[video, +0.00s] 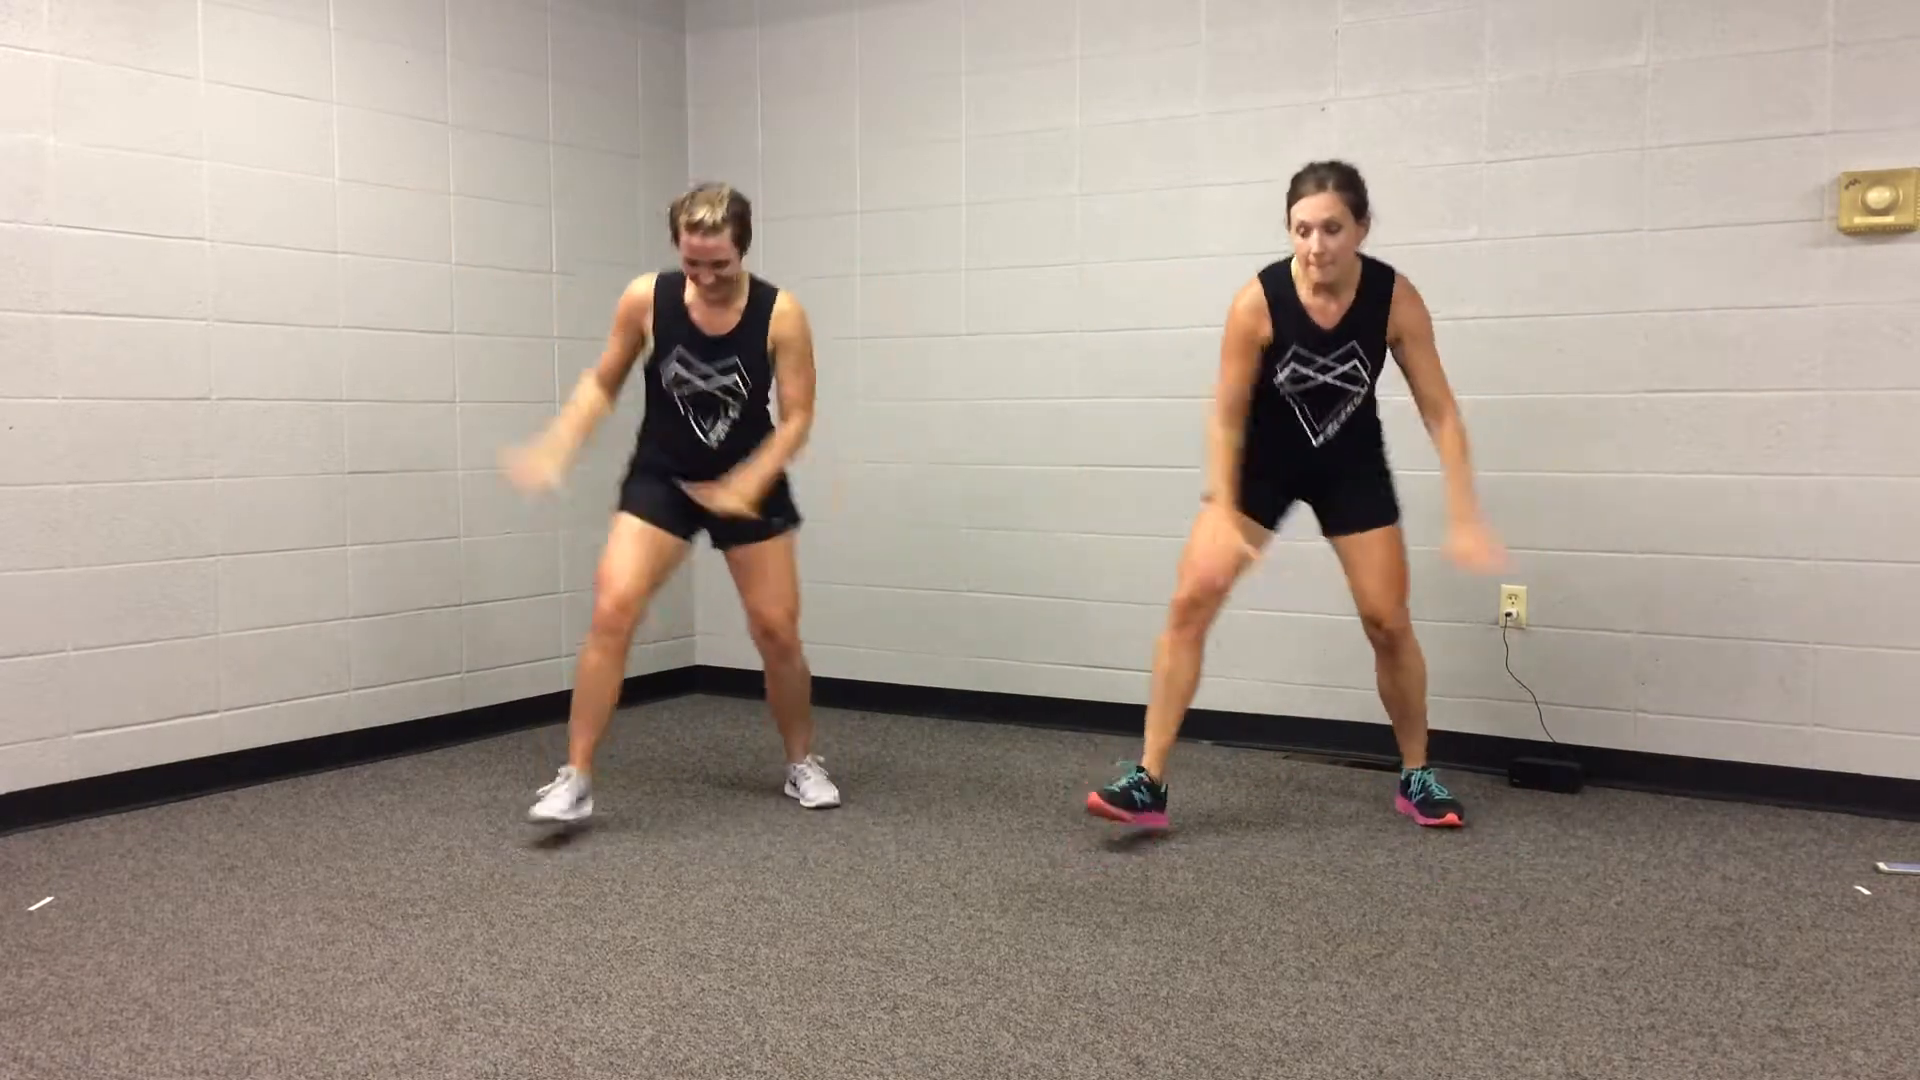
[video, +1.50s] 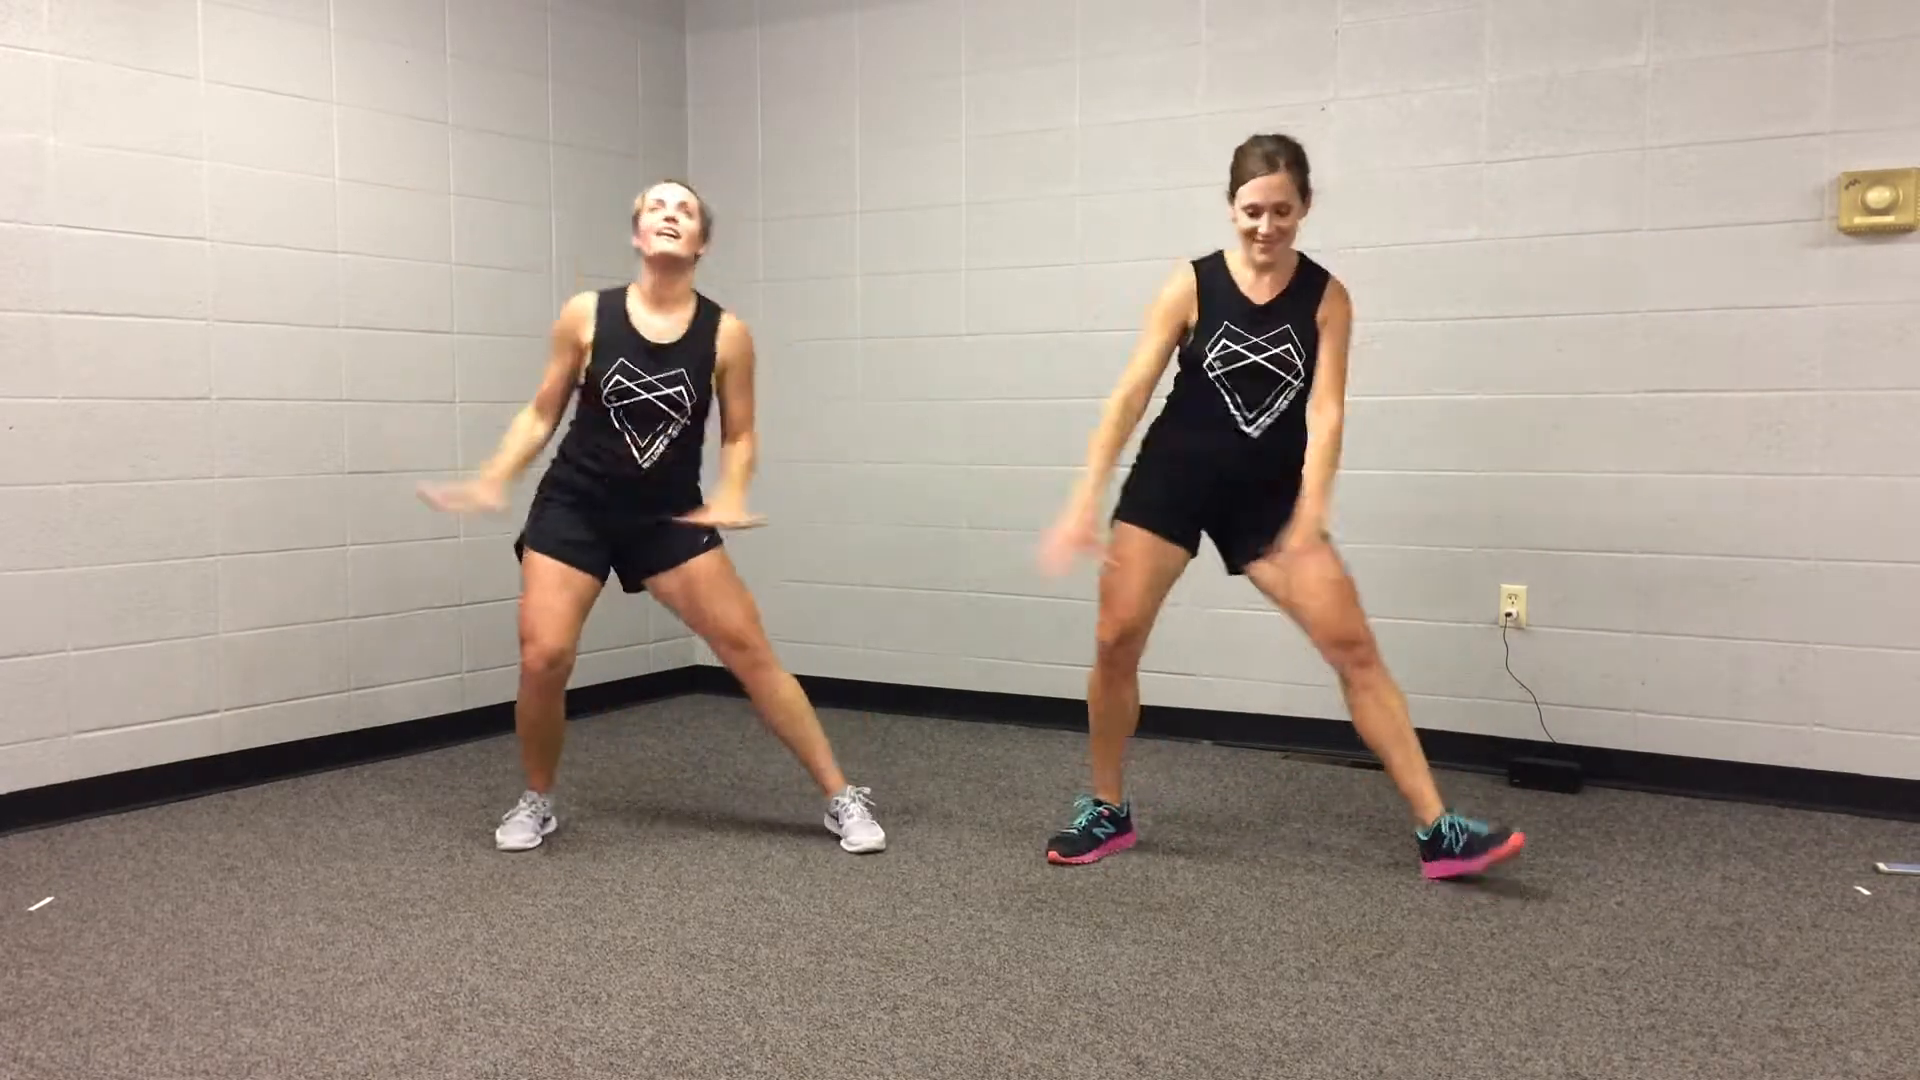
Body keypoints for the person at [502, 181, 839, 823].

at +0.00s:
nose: (703, 277)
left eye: (717, 265)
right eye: (692, 264)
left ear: (744, 250)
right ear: (677, 250)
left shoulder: (780, 316)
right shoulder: (647, 300)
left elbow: (798, 416)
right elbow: (603, 383)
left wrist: (747, 482)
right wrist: (555, 449)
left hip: (749, 479)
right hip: (663, 476)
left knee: (777, 628)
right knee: (612, 610)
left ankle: (803, 762)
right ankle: (576, 776)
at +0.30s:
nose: (675, 268)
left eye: (690, 257)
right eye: (665, 257)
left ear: (725, 264)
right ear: (656, 261)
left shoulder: (745, 361)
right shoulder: (635, 316)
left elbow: (703, 466)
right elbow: (572, 384)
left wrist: (638, 398)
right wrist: (533, 319)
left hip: (665, 516)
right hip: (582, 494)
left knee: (727, 662)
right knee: (558, 640)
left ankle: (795, 763)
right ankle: (566, 776)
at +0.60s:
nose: (649, 200)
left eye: (663, 192)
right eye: (637, 189)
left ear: (683, 210)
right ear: (618, 203)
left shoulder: (712, 285)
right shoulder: (584, 297)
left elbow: (777, 353)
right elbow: (580, 400)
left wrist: (859, 343)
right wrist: (671, 400)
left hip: (713, 475)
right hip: (627, 486)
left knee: (784, 606)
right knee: (601, 645)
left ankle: (825, 763)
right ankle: (570, 773)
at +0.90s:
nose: (690, 223)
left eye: (703, 215)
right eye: (677, 217)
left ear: (724, 240)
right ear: (657, 243)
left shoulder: (760, 320)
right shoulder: (633, 337)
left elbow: (816, 413)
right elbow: (634, 447)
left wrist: (885, 399)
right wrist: (720, 462)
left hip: (790, 496)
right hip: (704, 514)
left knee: (835, 646)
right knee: (641, 675)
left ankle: (848, 800)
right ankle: (579, 771)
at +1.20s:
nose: (703, 178)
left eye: (719, 169)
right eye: (693, 174)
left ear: (753, 197)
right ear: (685, 201)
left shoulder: (778, 273)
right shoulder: (664, 281)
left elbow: (752, 368)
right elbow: (590, 346)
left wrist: (657, 313)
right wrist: (534, 280)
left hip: (721, 482)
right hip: (633, 468)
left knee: (772, 639)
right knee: (574, 618)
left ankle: (845, 798)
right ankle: (534, 779)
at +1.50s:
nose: (669, 216)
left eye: (684, 211)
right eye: (656, 208)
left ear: (703, 243)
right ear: (634, 234)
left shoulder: (726, 334)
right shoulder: (585, 316)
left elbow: (739, 433)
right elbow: (542, 410)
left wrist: (729, 500)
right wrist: (492, 478)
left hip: (668, 514)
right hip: (574, 506)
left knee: (744, 640)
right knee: (543, 656)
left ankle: (840, 793)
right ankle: (535, 798)